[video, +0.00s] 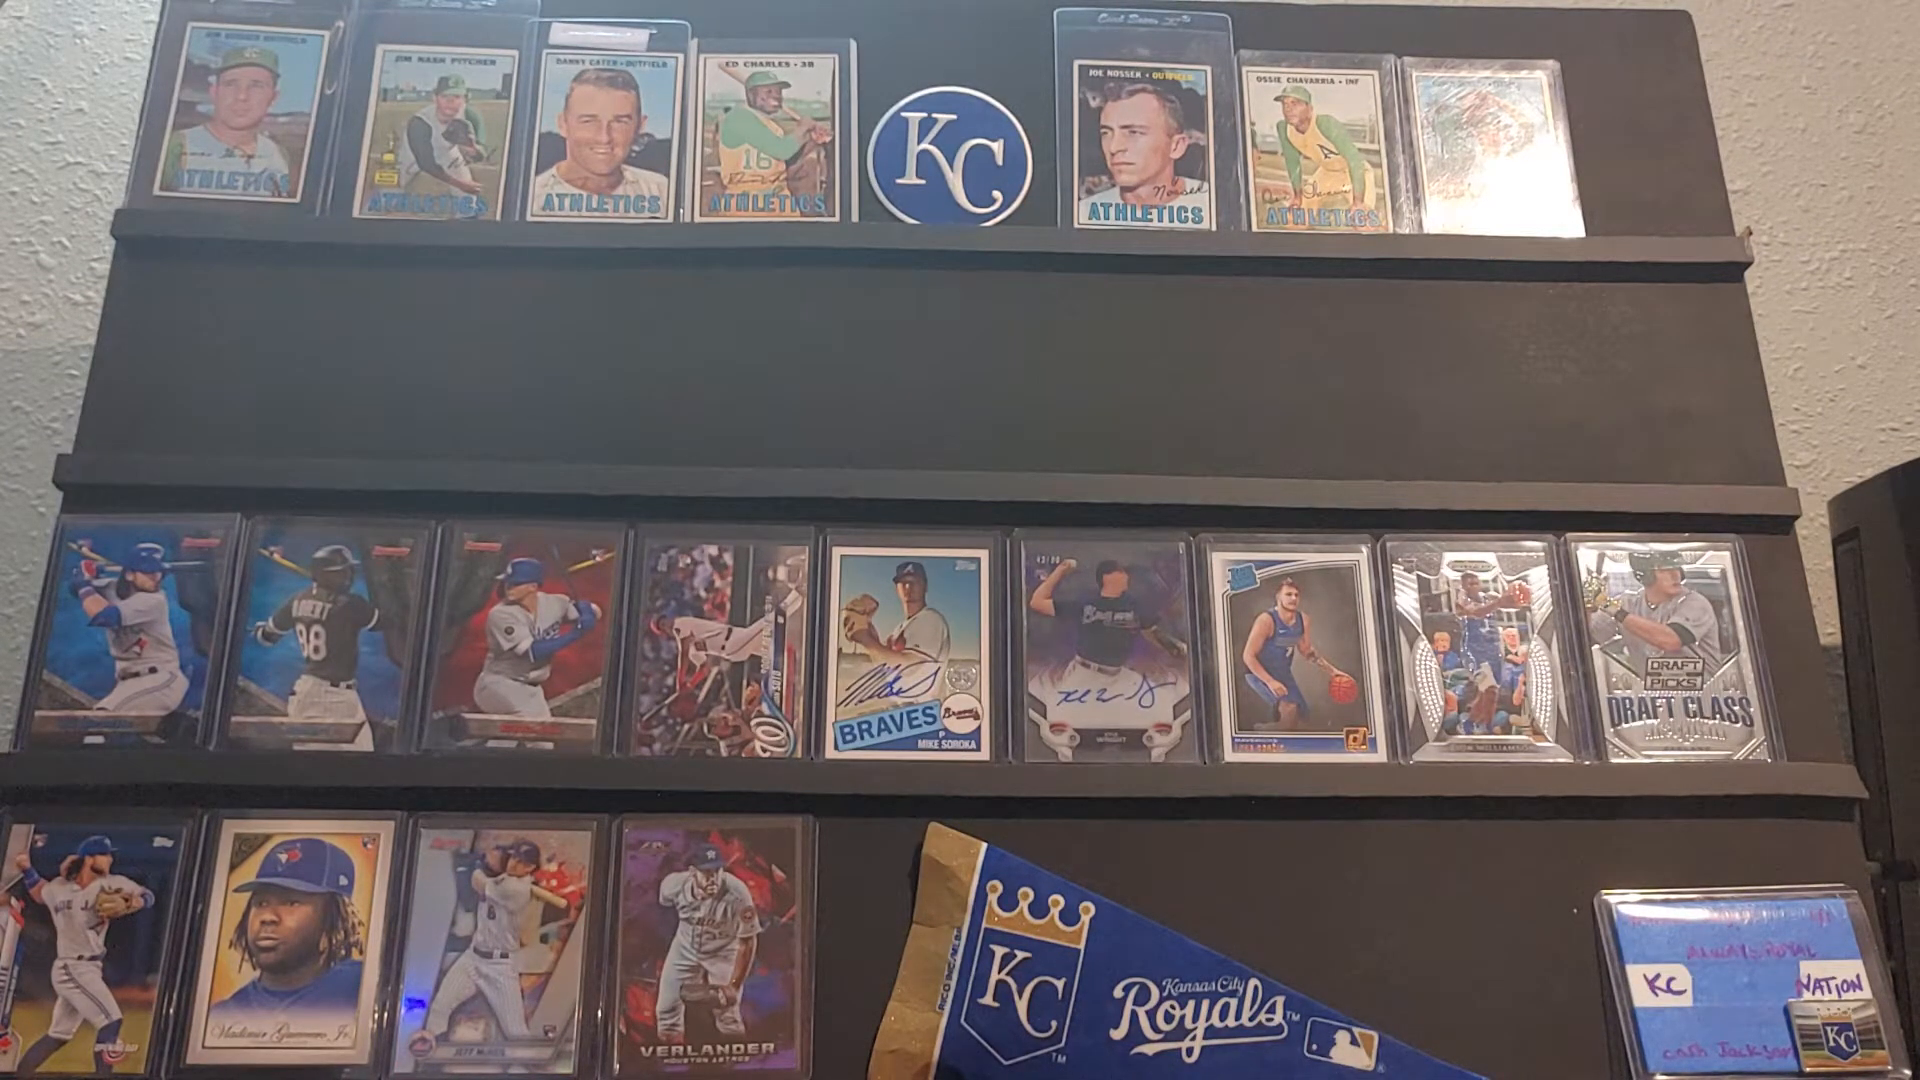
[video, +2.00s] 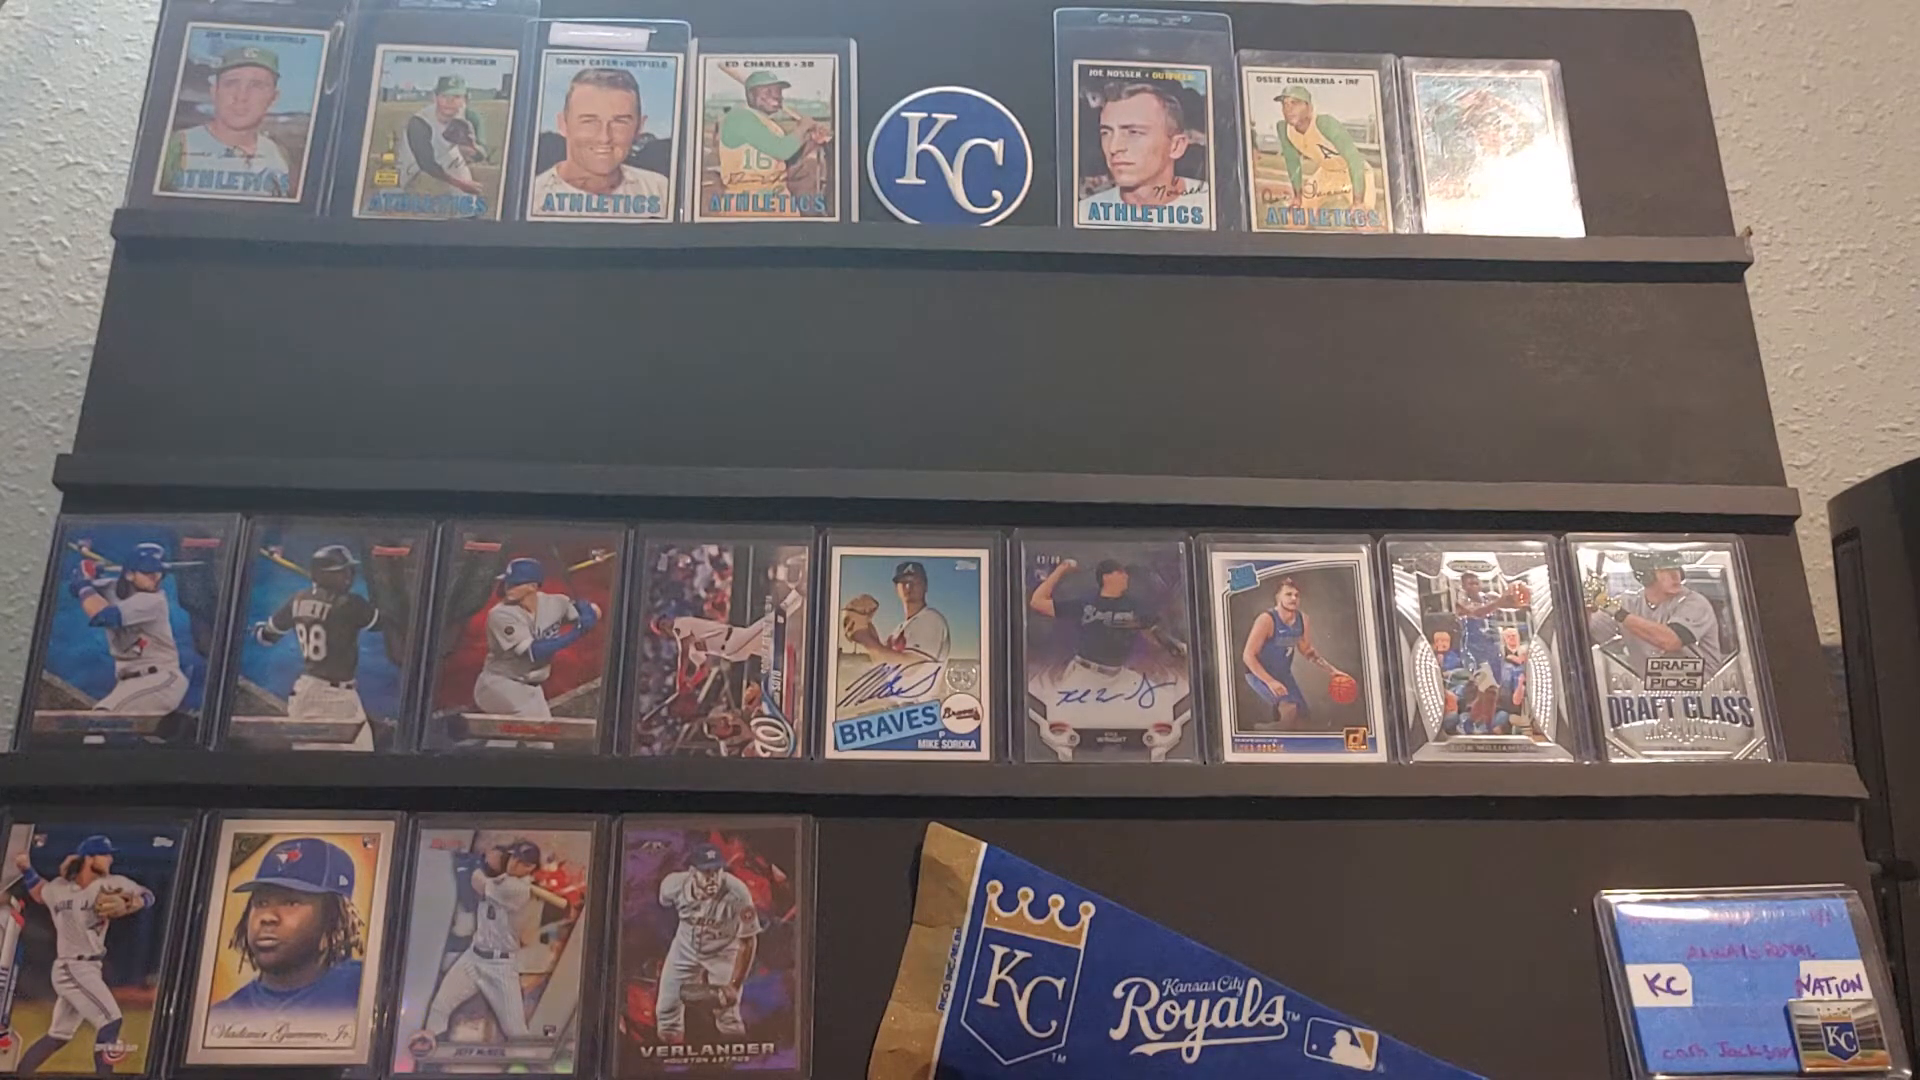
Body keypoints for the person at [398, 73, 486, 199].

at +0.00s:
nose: (451, 101)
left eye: (456, 97)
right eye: (445, 96)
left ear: (464, 100)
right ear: (435, 98)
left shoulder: (469, 116)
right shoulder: (419, 123)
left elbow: (481, 152)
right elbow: (427, 165)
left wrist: (471, 151)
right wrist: (461, 185)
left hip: (454, 164)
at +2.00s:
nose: (450, 102)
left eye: (456, 97)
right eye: (444, 96)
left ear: (465, 101)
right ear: (436, 98)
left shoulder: (468, 117)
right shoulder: (419, 123)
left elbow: (481, 154)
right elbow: (427, 165)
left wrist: (470, 151)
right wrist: (462, 185)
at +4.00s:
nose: (451, 102)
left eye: (457, 97)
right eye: (446, 96)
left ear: (464, 100)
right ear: (436, 98)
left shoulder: (469, 115)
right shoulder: (419, 123)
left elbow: (481, 154)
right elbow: (427, 165)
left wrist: (469, 150)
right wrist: (461, 185)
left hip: (453, 162)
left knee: (467, 196)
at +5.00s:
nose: (451, 102)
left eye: (457, 97)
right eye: (446, 96)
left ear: (464, 100)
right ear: (436, 98)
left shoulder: (470, 115)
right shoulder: (419, 123)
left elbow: (480, 154)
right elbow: (427, 165)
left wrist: (469, 150)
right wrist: (461, 185)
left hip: (454, 165)